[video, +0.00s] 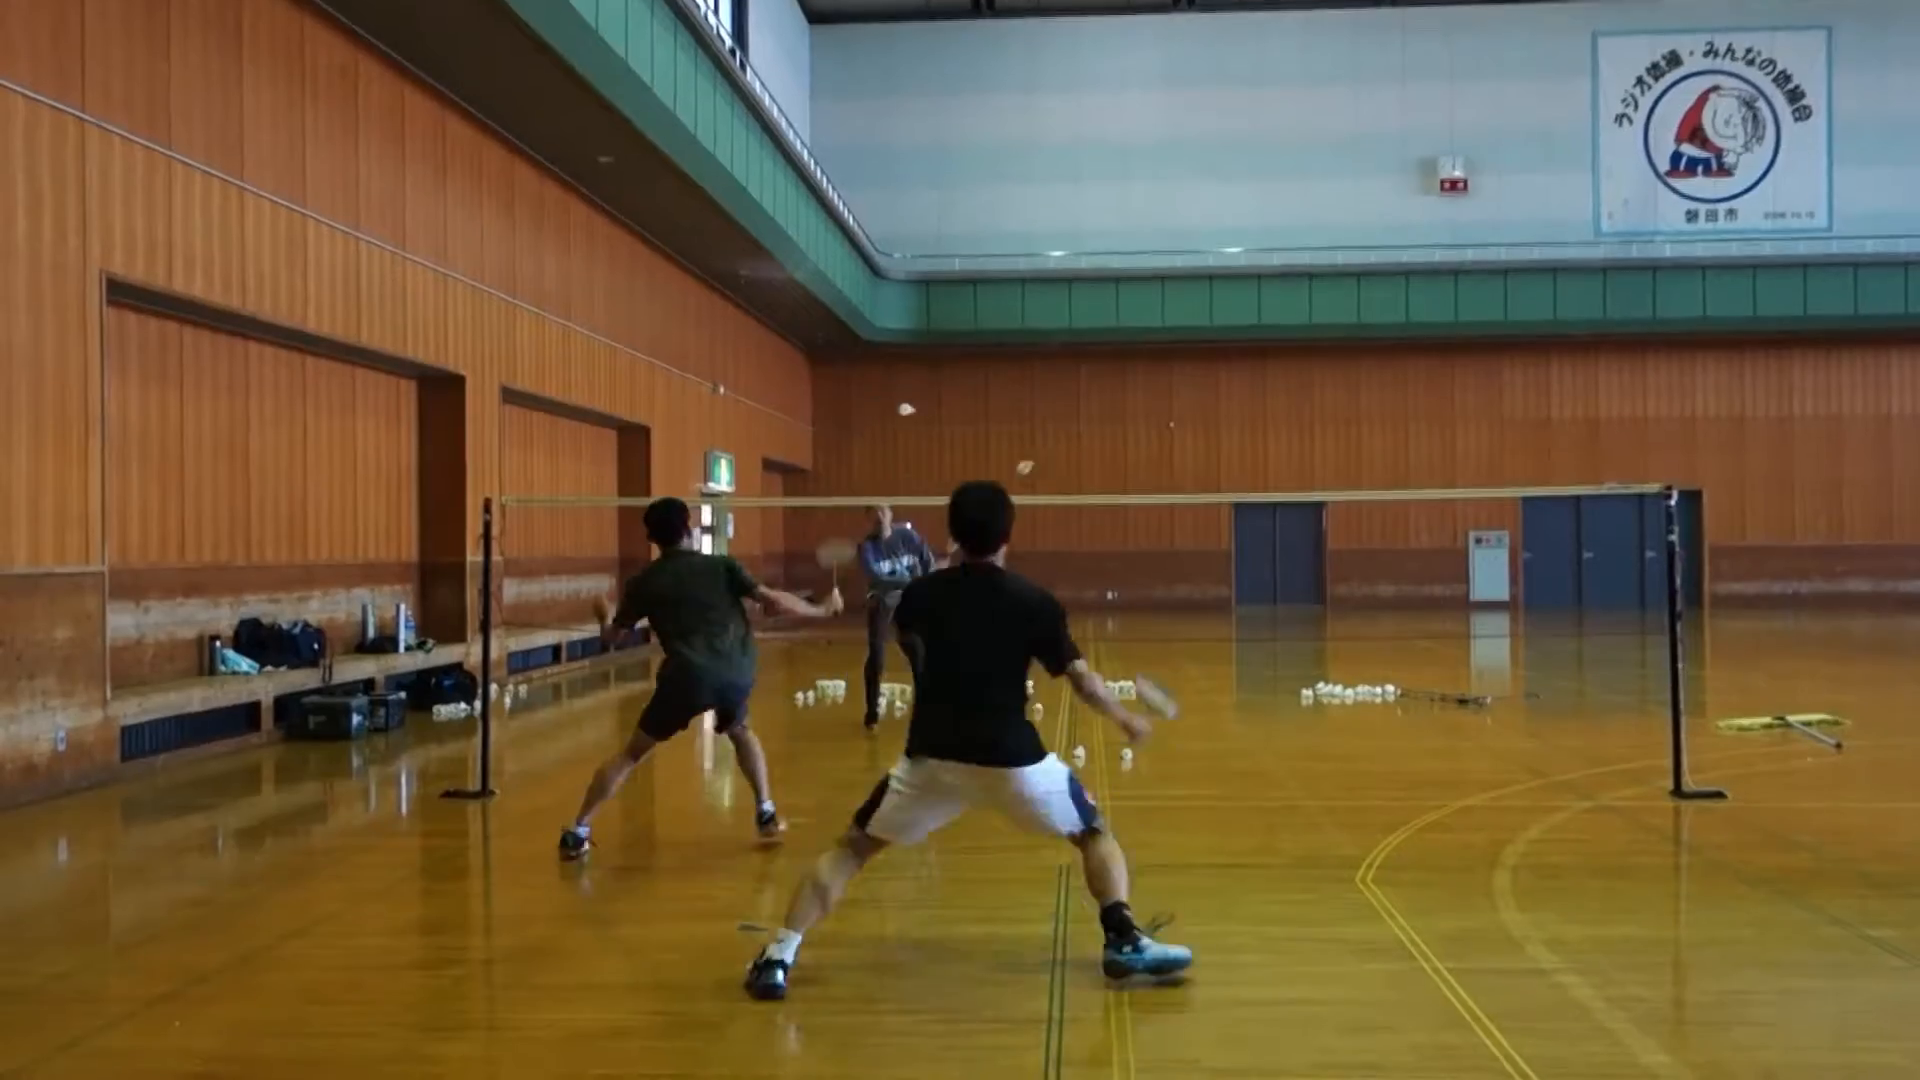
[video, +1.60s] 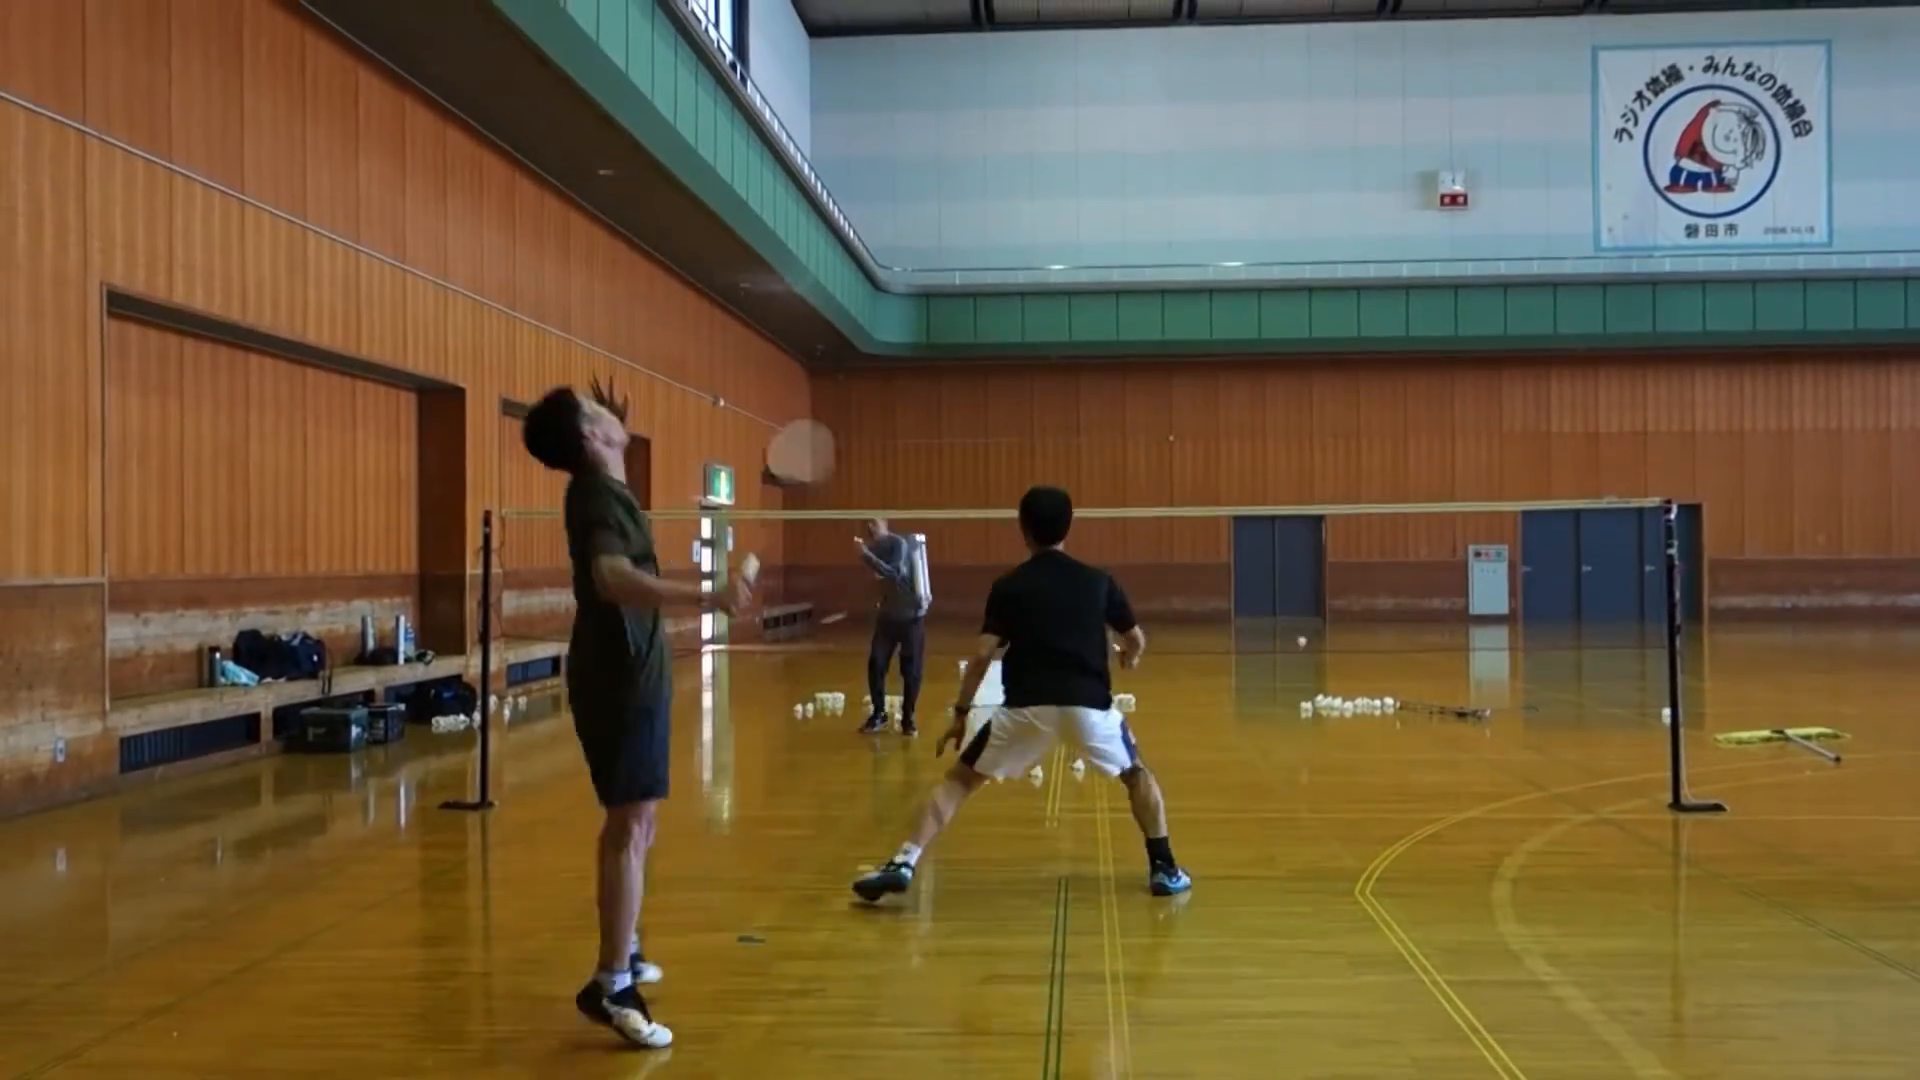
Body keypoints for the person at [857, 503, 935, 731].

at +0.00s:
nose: (880, 517)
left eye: (883, 512)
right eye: (875, 513)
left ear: (890, 514)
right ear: (870, 518)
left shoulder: (906, 534)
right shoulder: (868, 545)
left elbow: (927, 557)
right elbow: (873, 575)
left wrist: (927, 583)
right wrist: (907, 582)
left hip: (908, 598)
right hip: (882, 600)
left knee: (919, 655)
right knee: (876, 656)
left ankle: (925, 708)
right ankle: (872, 710)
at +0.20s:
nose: (893, 497)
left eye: (896, 491)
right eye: (889, 493)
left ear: (902, 494)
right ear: (883, 497)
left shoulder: (918, 518)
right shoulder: (875, 526)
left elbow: (941, 543)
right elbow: (867, 560)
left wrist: (940, 574)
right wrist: (882, 586)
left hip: (914, 587)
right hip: (887, 589)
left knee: (922, 641)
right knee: (882, 640)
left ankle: (923, 686)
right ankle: (873, 690)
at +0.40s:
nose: (887, 498)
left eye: (890, 492)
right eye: (883, 493)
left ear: (898, 494)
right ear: (878, 498)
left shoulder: (916, 520)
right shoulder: (874, 529)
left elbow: (933, 549)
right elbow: (867, 564)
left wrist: (910, 559)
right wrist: (859, 594)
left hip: (915, 590)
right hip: (887, 591)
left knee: (923, 640)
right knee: (880, 636)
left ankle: (923, 685)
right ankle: (872, 687)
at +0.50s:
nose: (879, 502)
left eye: (882, 496)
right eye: (875, 498)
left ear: (891, 497)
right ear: (871, 501)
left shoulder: (910, 521)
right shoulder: (873, 528)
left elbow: (916, 554)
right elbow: (866, 565)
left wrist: (883, 544)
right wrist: (856, 595)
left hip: (912, 590)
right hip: (885, 592)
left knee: (921, 642)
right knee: (877, 642)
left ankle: (923, 686)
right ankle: (873, 693)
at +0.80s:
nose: (861, 505)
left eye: (864, 500)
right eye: (858, 502)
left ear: (875, 501)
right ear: (856, 506)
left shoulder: (894, 521)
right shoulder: (857, 533)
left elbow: (902, 556)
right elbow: (849, 564)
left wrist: (876, 575)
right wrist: (841, 582)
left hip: (903, 589)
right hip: (875, 592)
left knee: (920, 639)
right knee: (872, 642)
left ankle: (931, 680)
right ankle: (873, 691)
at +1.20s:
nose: (872, 511)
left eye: (875, 506)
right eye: (868, 507)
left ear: (883, 508)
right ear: (864, 511)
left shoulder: (901, 531)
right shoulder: (859, 543)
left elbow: (916, 560)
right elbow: (857, 579)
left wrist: (895, 572)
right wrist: (859, 610)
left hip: (903, 603)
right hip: (876, 606)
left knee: (909, 654)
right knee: (873, 656)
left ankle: (909, 701)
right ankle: (872, 707)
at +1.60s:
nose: (871, 529)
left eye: (874, 523)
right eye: (868, 525)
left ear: (885, 523)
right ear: (868, 528)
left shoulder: (900, 543)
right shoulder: (875, 548)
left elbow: (895, 573)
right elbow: (883, 573)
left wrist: (866, 554)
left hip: (910, 614)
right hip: (888, 613)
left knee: (911, 668)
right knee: (876, 663)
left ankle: (908, 718)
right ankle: (879, 713)